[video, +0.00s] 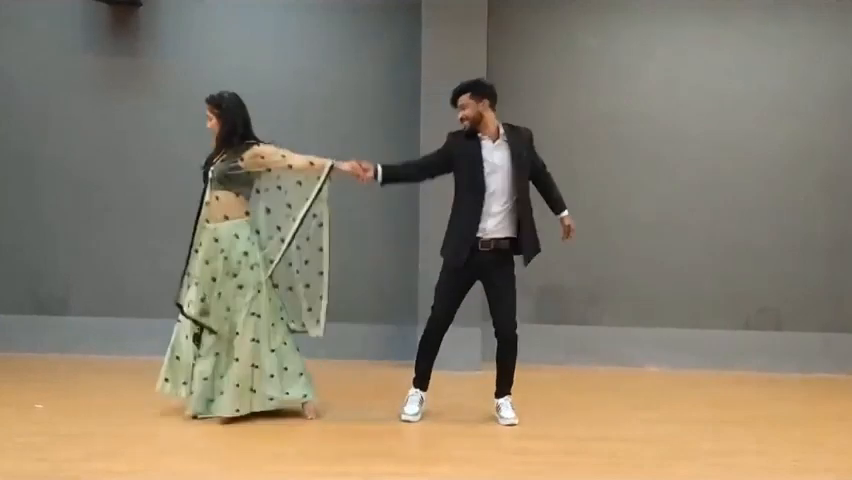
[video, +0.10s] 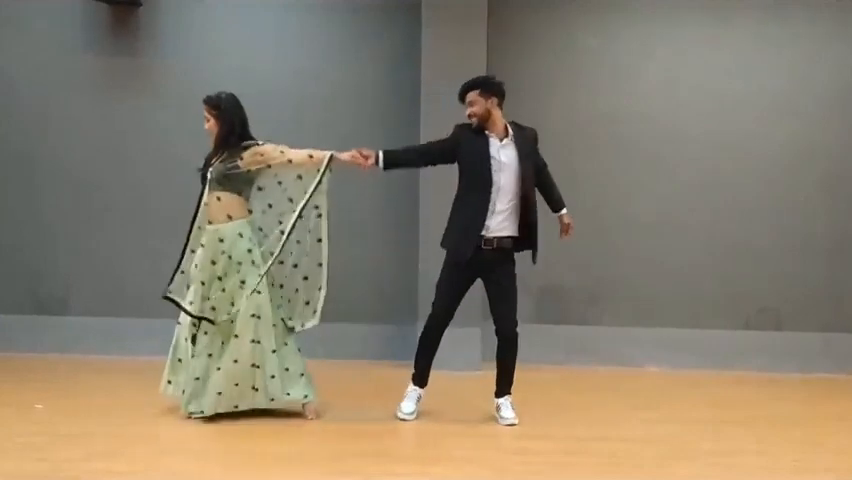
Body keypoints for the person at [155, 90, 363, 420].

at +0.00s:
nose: (208, 123)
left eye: (212, 117)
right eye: (208, 117)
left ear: (228, 119)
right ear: (225, 119)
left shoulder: (250, 154)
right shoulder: (220, 155)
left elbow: (292, 161)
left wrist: (338, 166)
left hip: (236, 239)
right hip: (212, 240)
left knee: (249, 315)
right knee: (209, 316)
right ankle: (205, 395)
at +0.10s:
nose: (205, 125)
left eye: (209, 119)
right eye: (205, 119)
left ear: (226, 120)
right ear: (221, 120)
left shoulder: (249, 153)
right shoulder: (217, 156)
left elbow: (291, 156)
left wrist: (338, 157)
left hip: (239, 242)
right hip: (212, 243)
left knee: (257, 316)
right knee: (207, 317)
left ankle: (302, 392)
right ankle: (203, 395)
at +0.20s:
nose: (206, 127)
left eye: (211, 121)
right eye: (206, 120)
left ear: (229, 122)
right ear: (216, 123)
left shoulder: (252, 153)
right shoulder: (215, 159)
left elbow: (296, 155)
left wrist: (341, 148)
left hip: (246, 248)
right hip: (214, 248)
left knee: (261, 320)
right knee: (209, 323)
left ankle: (299, 395)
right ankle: (208, 396)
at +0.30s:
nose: (213, 127)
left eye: (219, 121)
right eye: (212, 121)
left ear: (238, 124)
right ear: (216, 124)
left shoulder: (262, 155)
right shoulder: (215, 163)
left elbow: (305, 163)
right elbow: (205, 214)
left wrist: (342, 150)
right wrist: (189, 245)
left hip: (257, 252)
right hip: (219, 253)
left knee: (260, 321)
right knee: (217, 322)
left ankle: (266, 395)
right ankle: (212, 394)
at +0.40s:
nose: (231, 132)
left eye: (239, 126)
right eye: (228, 126)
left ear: (255, 130)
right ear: (223, 129)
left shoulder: (275, 161)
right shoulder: (224, 170)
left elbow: (310, 181)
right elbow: (206, 220)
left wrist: (337, 168)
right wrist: (169, 243)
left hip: (277, 250)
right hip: (241, 250)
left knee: (274, 321)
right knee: (230, 316)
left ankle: (275, 396)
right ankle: (213, 392)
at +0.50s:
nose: (265, 136)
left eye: (270, 130)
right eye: (258, 130)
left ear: (277, 134)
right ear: (244, 136)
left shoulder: (290, 169)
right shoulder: (242, 176)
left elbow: (309, 197)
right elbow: (237, 217)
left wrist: (335, 188)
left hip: (298, 251)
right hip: (267, 254)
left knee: (292, 323)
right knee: (252, 322)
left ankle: (276, 398)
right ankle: (218, 394)